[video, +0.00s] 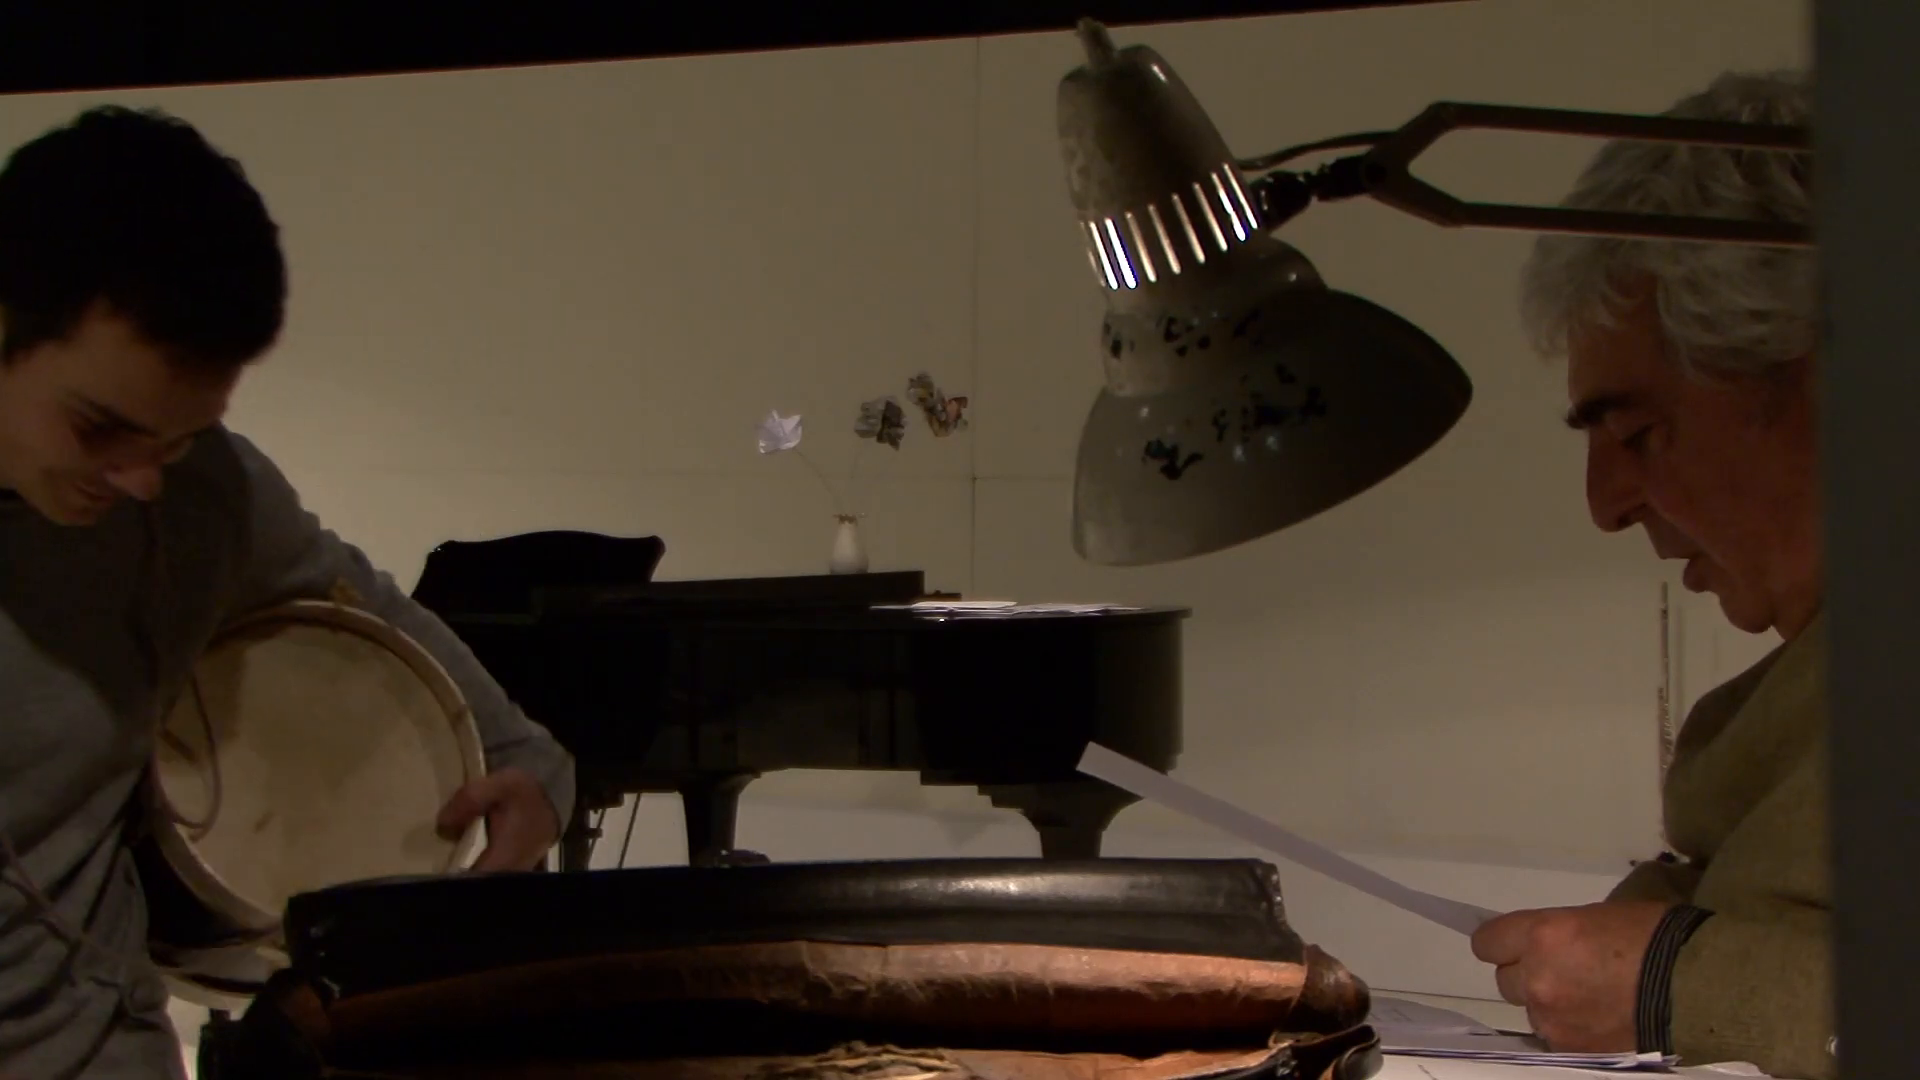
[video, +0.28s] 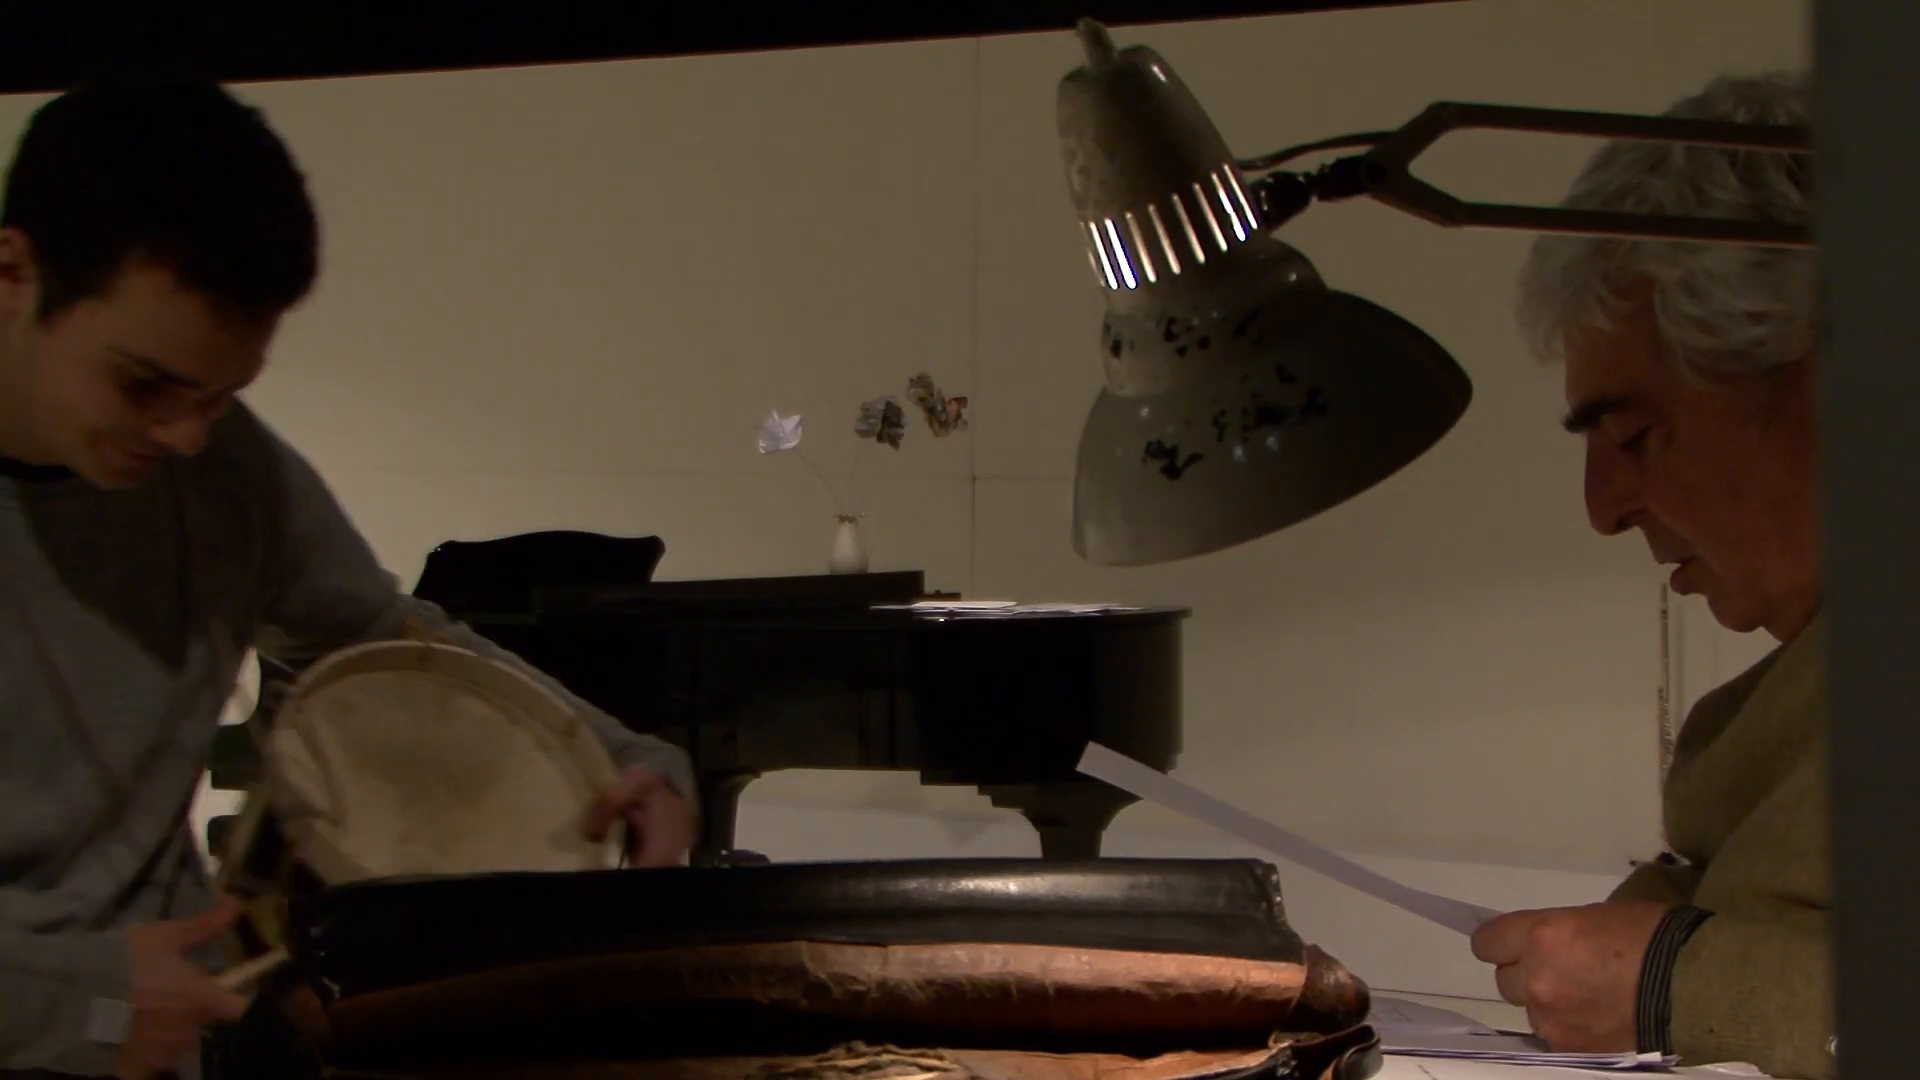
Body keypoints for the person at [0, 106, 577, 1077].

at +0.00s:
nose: (139, 481)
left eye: (179, 443)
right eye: (101, 428)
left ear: (214, 393)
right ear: (1, 335)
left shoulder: (196, 481)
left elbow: (360, 607)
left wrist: (525, 756)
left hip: (102, 1038)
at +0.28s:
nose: (186, 438)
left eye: (221, 397)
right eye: (147, 386)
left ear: (250, 348)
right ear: (15, 279)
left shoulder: (228, 467)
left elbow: (394, 641)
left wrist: (608, 760)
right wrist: (72, 996)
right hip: (22, 1036)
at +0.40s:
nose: (297, 427)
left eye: (326, 386)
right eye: (260, 375)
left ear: (359, 345)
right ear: (119, 264)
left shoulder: (312, 468)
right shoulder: (19, 479)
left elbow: (456, 670)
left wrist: (669, 788)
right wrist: (190, 958)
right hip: (49, 1049)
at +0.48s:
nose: (381, 432)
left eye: (407, 388)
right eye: (345, 379)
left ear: (440, 342)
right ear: (204, 272)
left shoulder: (383, 477)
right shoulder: (21, 467)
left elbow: (512, 695)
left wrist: (716, 822)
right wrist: (212, 946)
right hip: (78, 1051)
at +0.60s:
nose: (485, 459)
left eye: (513, 417)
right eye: (457, 405)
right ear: (319, 289)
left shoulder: (471, 498)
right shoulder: (33, 475)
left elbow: (570, 776)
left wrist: (753, 913)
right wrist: (221, 914)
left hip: (366, 1051)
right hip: (69, 1059)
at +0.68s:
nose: (540, 478)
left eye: (565, 437)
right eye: (510, 424)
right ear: (376, 307)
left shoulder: (514, 516)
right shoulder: (65, 472)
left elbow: (586, 820)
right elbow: (4, 854)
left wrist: (744, 948)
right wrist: (227, 888)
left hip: (364, 1050)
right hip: (72, 1055)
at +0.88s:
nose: (589, 491)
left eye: (622, 453)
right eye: (569, 433)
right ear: (442, 309)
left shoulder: (559, 530)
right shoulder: (101, 452)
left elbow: (572, 850)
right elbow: (1, 803)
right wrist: (239, 790)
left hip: (363, 1045)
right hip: (74, 1044)